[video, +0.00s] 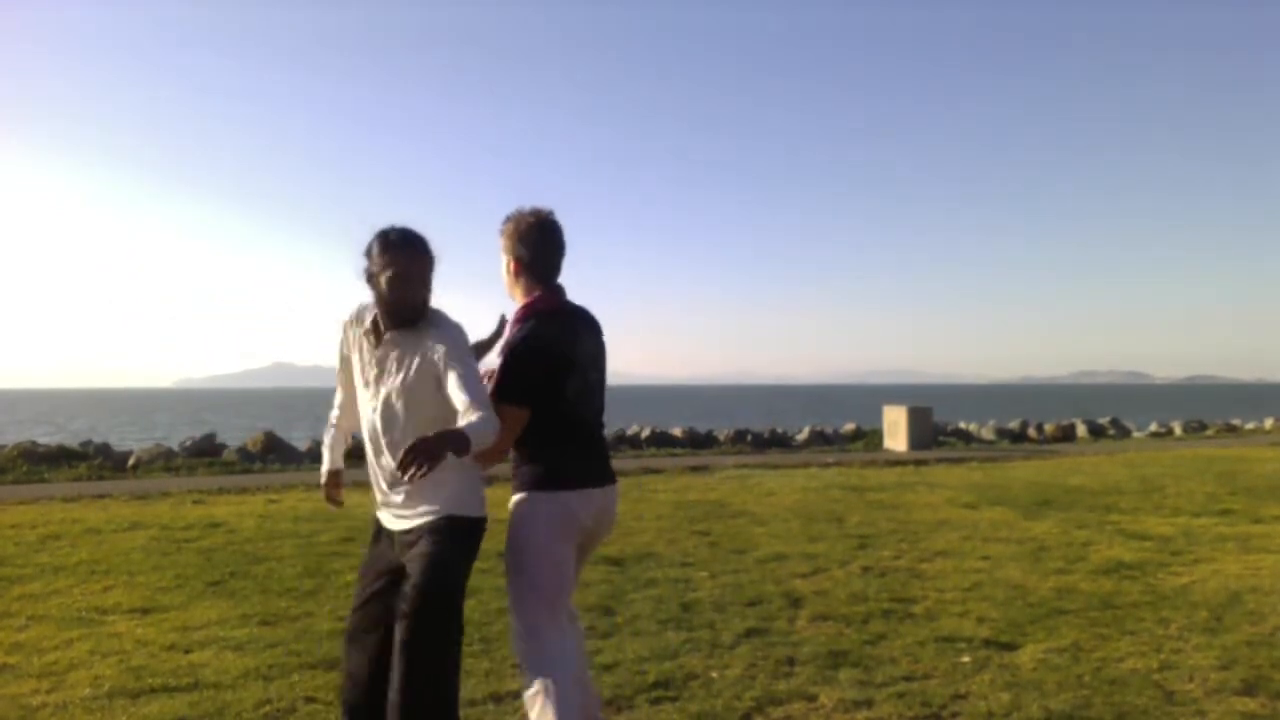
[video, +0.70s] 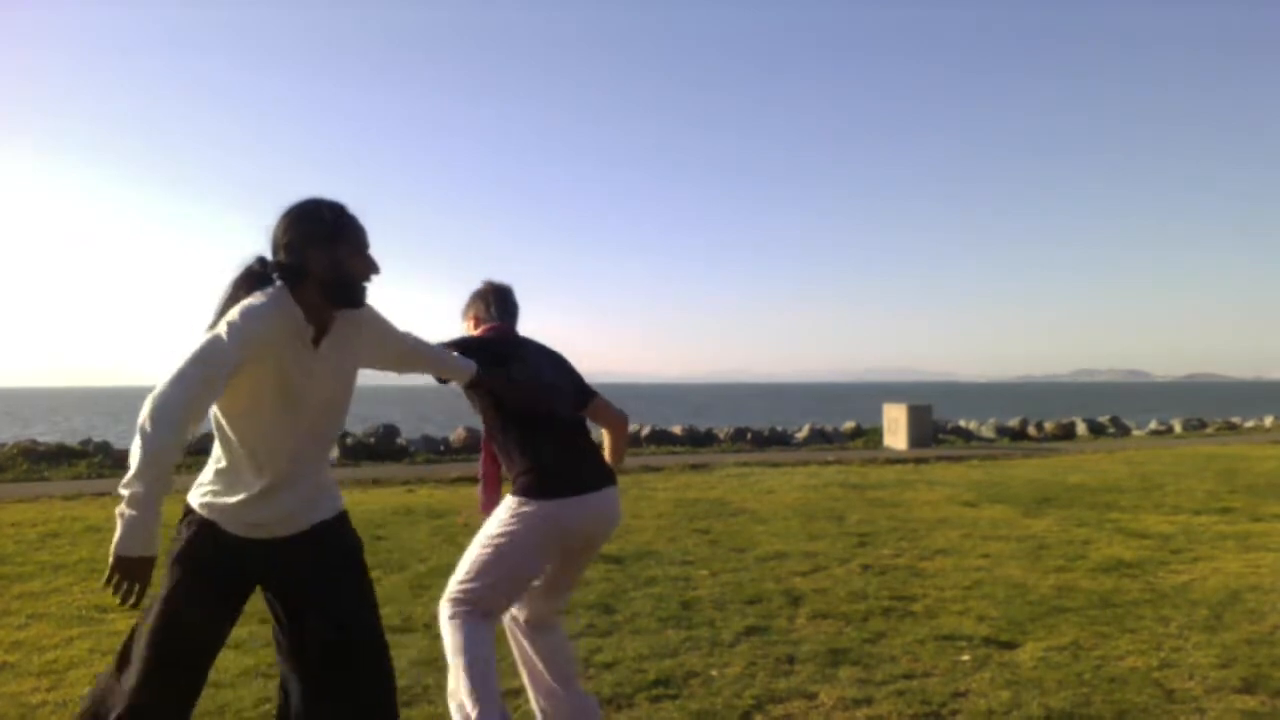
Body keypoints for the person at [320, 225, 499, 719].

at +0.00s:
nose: (407, 285)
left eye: (417, 273)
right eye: (393, 274)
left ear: (431, 276)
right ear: (372, 279)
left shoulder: (443, 335)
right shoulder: (356, 332)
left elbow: (484, 422)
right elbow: (346, 403)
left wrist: (446, 441)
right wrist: (332, 458)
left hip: (446, 518)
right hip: (391, 518)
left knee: (417, 641)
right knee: (364, 639)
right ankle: (362, 714)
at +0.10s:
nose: (433, 296)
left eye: (437, 283)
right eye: (421, 284)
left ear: (441, 281)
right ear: (381, 282)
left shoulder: (450, 340)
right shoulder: (341, 322)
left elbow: (486, 412)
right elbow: (286, 371)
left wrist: (487, 436)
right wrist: (272, 444)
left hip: (439, 524)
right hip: (370, 525)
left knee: (431, 658)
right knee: (356, 662)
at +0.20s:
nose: (449, 296)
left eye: (449, 283)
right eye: (440, 282)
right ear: (395, 280)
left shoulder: (447, 345)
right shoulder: (329, 325)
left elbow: (483, 419)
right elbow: (238, 356)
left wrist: (512, 438)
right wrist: (219, 452)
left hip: (429, 519)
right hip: (353, 528)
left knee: (431, 651)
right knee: (354, 681)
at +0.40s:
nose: (448, 288)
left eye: (446, 275)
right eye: (437, 274)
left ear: (402, 278)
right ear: (394, 276)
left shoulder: (421, 343)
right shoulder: (327, 323)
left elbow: (464, 403)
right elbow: (218, 377)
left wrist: (525, 423)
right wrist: (158, 476)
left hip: (387, 522)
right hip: (306, 525)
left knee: (400, 679)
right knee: (290, 685)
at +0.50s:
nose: (429, 280)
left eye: (426, 267)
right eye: (416, 265)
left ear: (385, 270)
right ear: (372, 265)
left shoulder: (402, 334)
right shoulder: (315, 320)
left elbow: (443, 382)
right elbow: (207, 384)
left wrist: (521, 408)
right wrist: (153, 496)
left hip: (365, 522)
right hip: (282, 523)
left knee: (392, 682)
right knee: (235, 679)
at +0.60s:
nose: (403, 274)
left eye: (401, 259)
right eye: (392, 259)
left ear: (358, 263)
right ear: (348, 262)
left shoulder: (382, 327)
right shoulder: (283, 323)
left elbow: (434, 367)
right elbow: (188, 399)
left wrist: (506, 390)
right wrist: (147, 513)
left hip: (344, 522)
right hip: (258, 522)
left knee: (382, 677)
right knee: (191, 672)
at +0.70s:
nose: (374, 263)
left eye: (369, 248)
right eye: (360, 247)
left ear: (323, 257)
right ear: (315, 254)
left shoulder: (357, 325)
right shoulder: (257, 320)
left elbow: (411, 352)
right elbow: (167, 410)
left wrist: (467, 371)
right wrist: (136, 527)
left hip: (314, 527)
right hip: (225, 526)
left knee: (356, 690)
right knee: (151, 690)